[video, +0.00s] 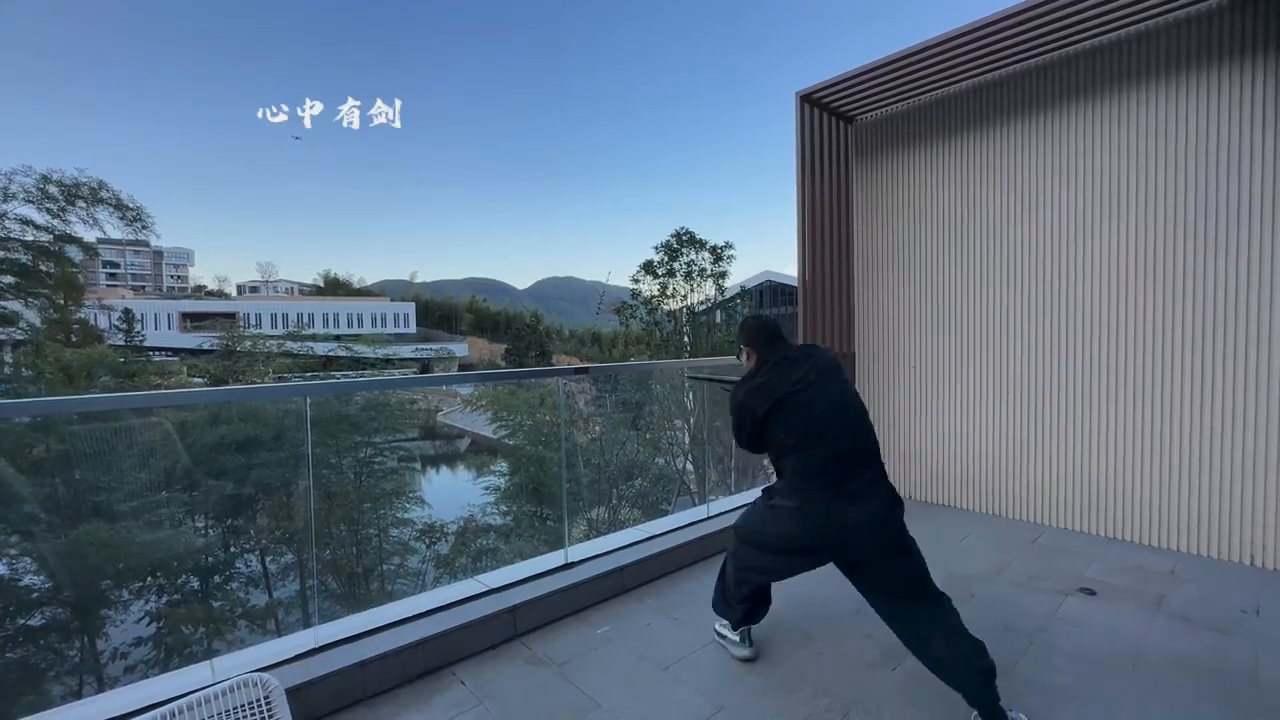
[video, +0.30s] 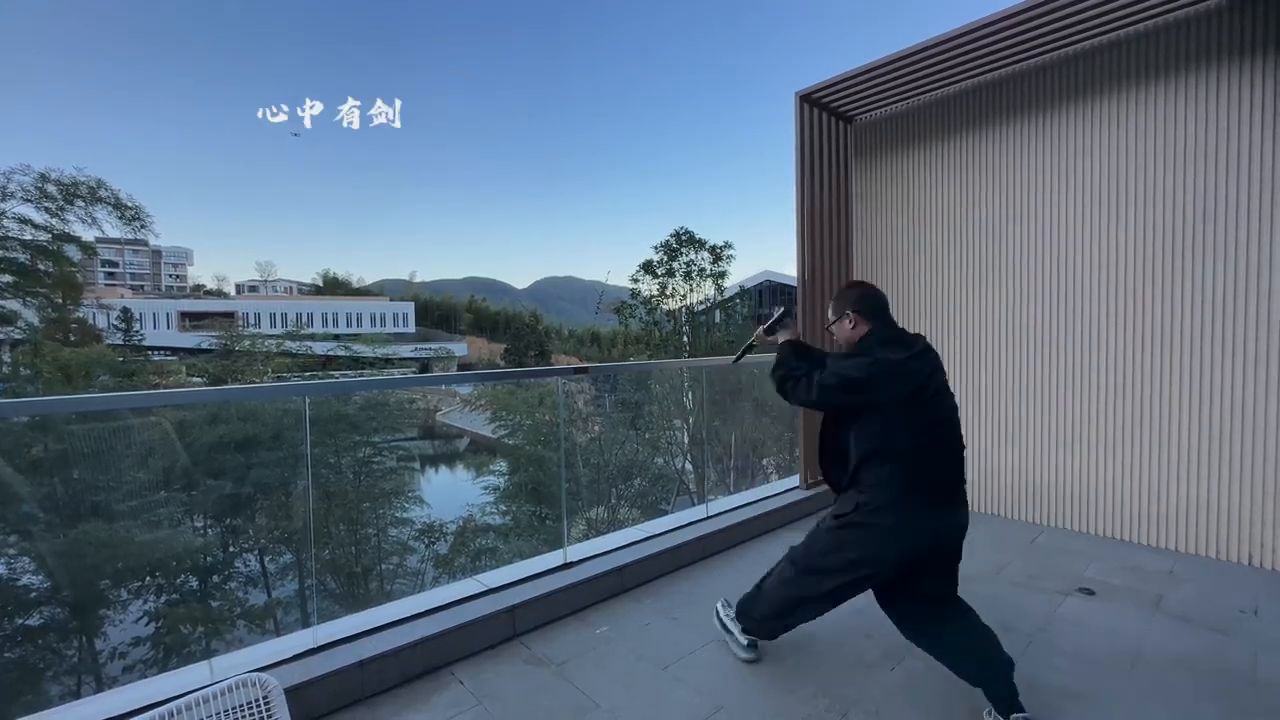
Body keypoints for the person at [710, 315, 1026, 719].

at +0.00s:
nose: (744, 361)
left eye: (743, 354)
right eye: (743, 354)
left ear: (751, 353)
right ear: (783, 340)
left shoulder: (749, 393)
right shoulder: (823, 359)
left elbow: (752, 442)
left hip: (806, 514)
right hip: (872, 510)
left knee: (748, 543)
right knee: (923, 604)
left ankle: (735, 627)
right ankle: (991, 706)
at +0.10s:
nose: (751, 354)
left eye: (752, 348)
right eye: (751, 347)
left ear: (760, 351)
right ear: (792, 341)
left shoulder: (761, 385)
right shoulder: (827, 364)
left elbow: (728, 408)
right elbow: (791, 371)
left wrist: (725, 372)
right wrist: (752, 365)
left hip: (814, 516)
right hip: (880, 513)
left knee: (752, 538)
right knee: (925, 601)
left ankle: (737, 626)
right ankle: (998, 700)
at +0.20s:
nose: (782, 343)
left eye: (782, 336)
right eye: (782, 336)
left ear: (793, 337)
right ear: (826, 330)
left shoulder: (791, 383)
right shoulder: (861, 359)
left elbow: (764, 422)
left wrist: (773, 374)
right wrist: (788, 363)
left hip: (830, 518)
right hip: (894, 516)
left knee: (759, 544)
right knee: (922, 600)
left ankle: (737, 626)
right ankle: (997, 689)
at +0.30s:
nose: (832, 336)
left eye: (833, 326)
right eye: (830, 328)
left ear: (853, 322)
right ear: (882, 319)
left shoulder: (868, 365)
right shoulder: (922, 354)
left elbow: (798, 384)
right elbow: (838, 370)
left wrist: (787, 343)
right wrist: (793, 344)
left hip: (884, 513)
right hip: (943, 513)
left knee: (809, 568)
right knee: (929, 607)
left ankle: (745, 624)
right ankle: (1008, 704)